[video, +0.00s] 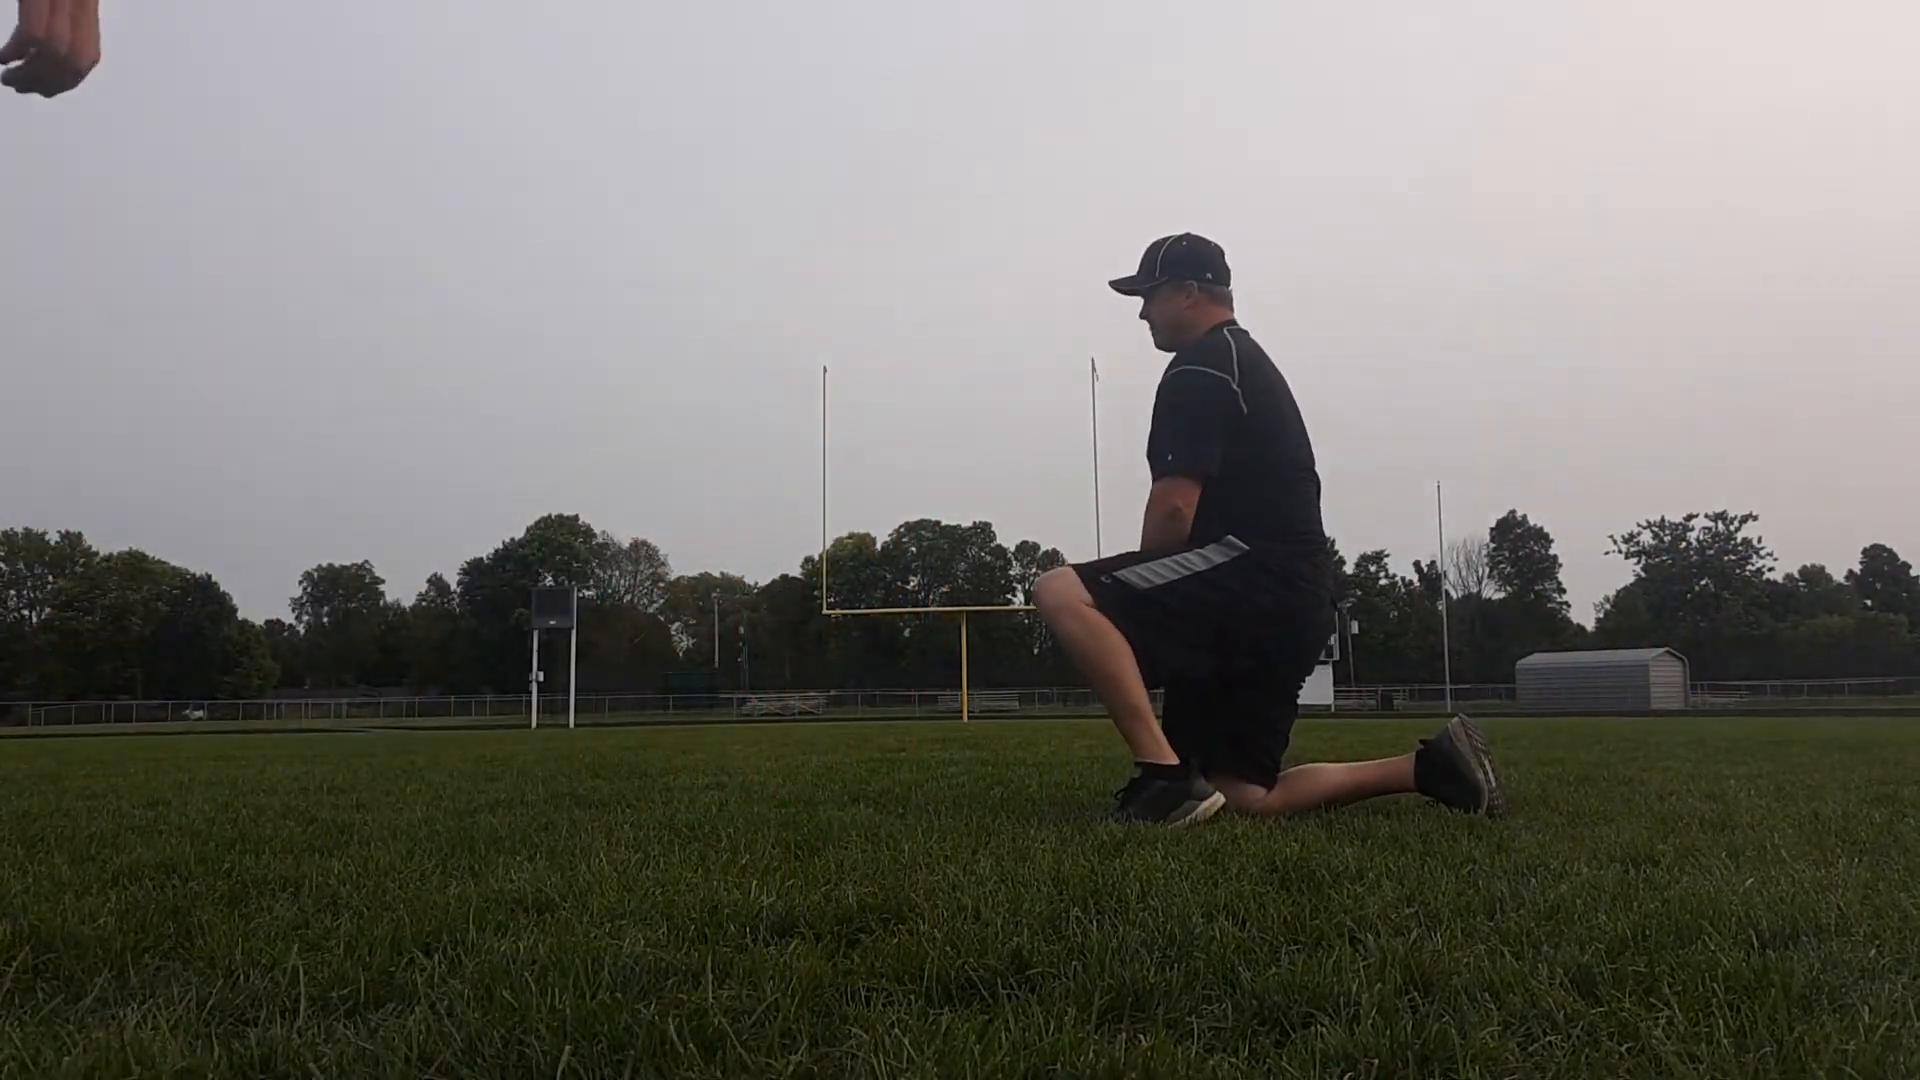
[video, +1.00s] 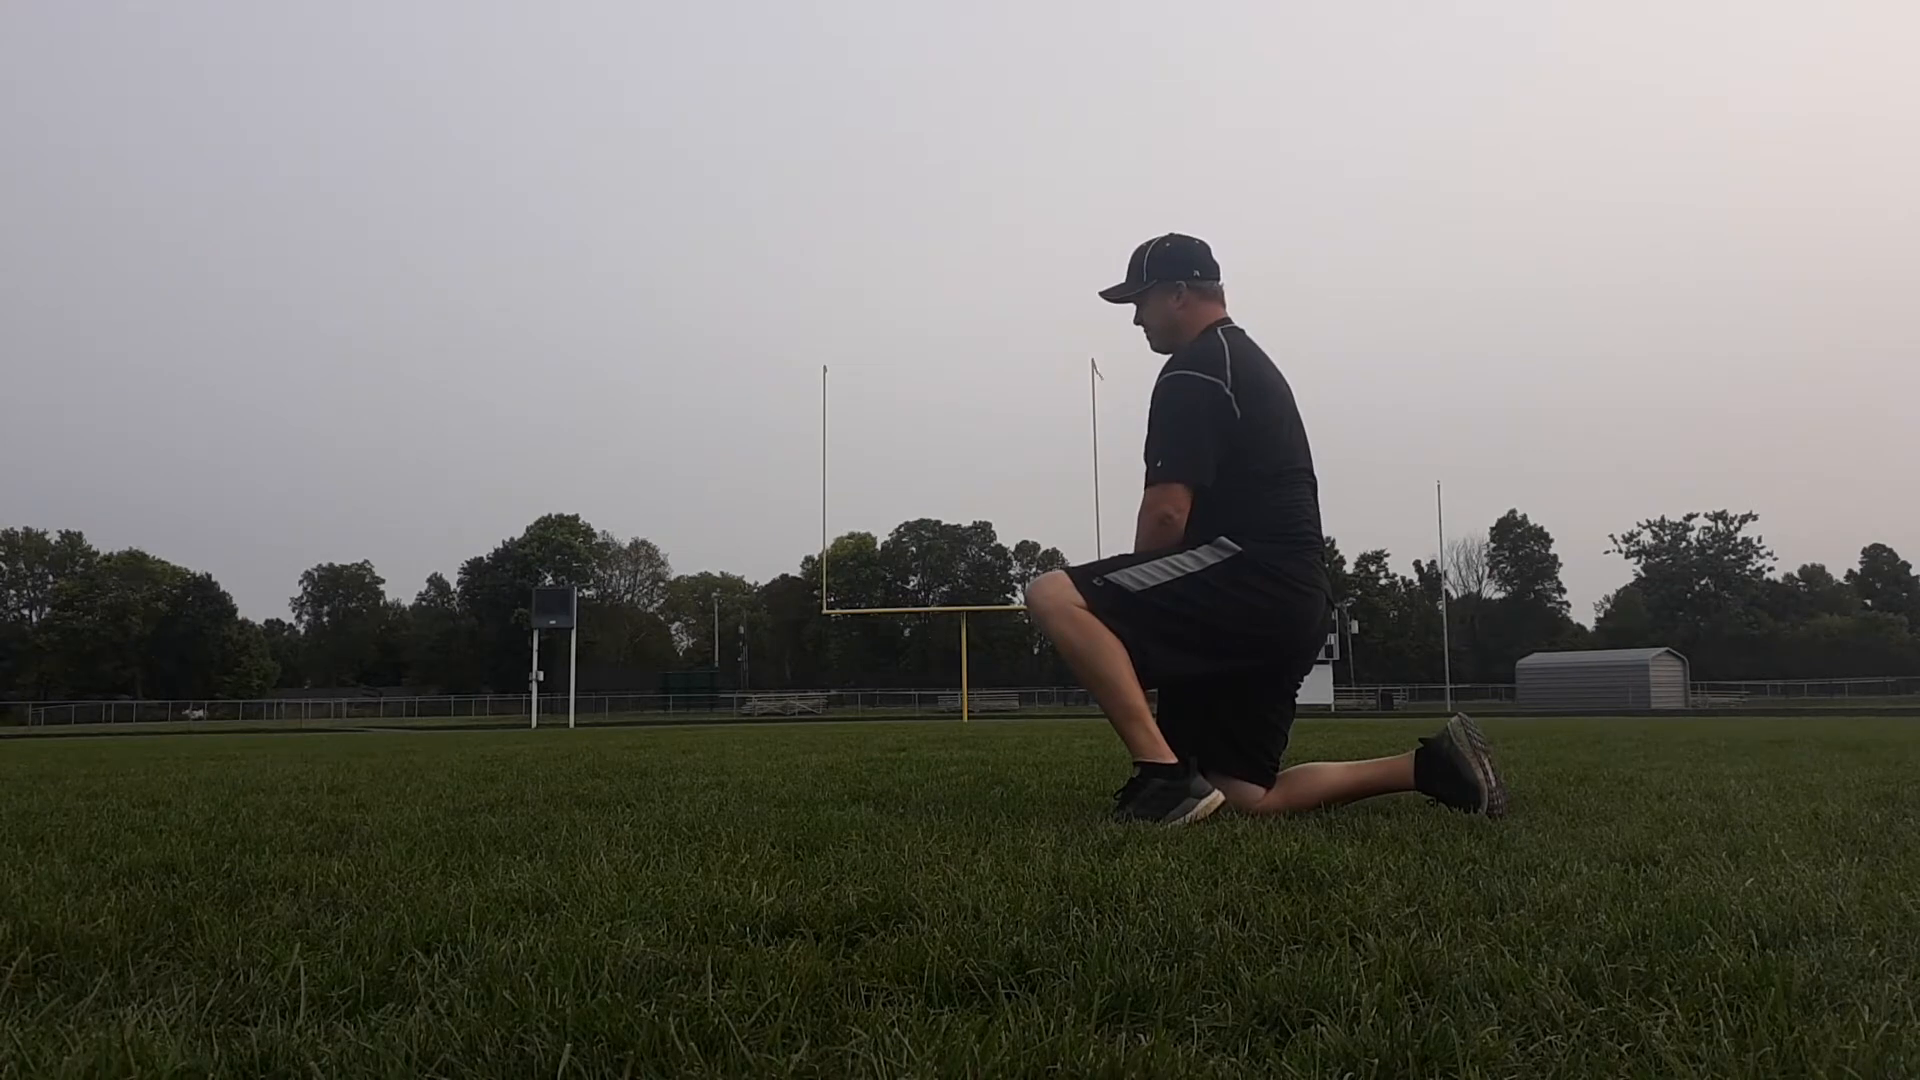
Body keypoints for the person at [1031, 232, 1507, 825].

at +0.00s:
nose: (1141, 311)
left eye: (1148, 296)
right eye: (1141, 298)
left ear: (1188, 295)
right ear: (1202, 296)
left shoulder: (1201, 363)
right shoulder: (1249, 362)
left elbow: (1173, 506)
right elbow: (1248, 505)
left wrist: (1146, 600)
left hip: (1254, 570)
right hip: (1299, 591)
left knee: (1062, 591)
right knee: (1234, 793)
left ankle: (1163, 775)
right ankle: (1426, 769)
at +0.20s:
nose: (1139, 310)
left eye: (1147, 294)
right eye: (1139, 297)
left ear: (1187, 293)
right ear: (1200, 295)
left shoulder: (1199, 363)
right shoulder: (1248, 361)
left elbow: (1170, 507)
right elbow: (1246, 507)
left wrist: (1138, 600)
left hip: (1249, 570)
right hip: (1295, 591)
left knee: (1058, 593)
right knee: (1234, 793)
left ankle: (1163, 774)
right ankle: (1425, 768)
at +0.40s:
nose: (1137, 312)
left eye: (1143, 297)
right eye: (1136, 300)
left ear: (1183, 294)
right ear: (1199, 295)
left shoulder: (1198, 363)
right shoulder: (1247, 361)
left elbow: (1167, 508)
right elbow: (1243, 508)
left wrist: (1137, 603)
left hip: (1248, 571)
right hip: (1295, 592)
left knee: (1056, 593)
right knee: (1234, 794)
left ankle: (1163, 775)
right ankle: (1426, 768)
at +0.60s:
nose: (1137, 315)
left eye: (1142, 299)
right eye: (1135, 302)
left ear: (1181, 293)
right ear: (1198, 294)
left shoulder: (1197, 365)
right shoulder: (1247, 362)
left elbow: (1166, 510)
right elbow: (1242, 510)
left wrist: (1137, 605)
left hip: (1249, 572)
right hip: (1295, 593)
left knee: (1056, 594)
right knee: (1236, 794)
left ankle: (1163, 776)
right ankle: (1426, 768)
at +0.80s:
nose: (1137, 315)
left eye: (1142, 300)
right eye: (1135, 303)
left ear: (1180, 293)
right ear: (1199, 293)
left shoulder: (1198, 362)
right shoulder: (1248, 361)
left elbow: (1166, 509)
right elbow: (1243, 509)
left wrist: (1138, 604)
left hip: (1248, 573)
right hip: (1294, 595)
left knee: (1056, 594)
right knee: (1236, 794)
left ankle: (1163, 775)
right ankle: (1425, 769)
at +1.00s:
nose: (1136, 318)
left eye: (1141, 301)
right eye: (1134, 304)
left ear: (1180, 294)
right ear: (1198, 294)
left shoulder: (1196, 365)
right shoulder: (1248, 362)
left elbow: (1166, 509)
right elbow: (1238, 510)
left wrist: (1135, 607)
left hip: (1248, 573)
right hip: (1294, 596)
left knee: (1055, 594)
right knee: (1237, 793)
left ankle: (1163, 775)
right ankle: (1426, 769)